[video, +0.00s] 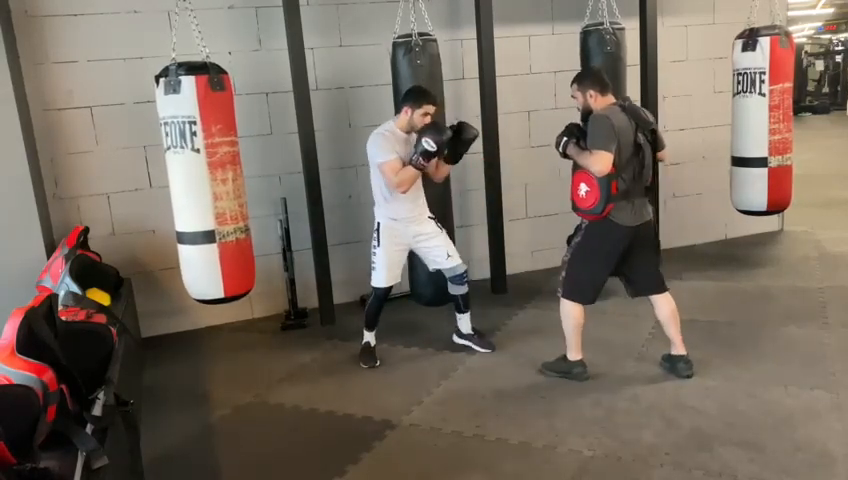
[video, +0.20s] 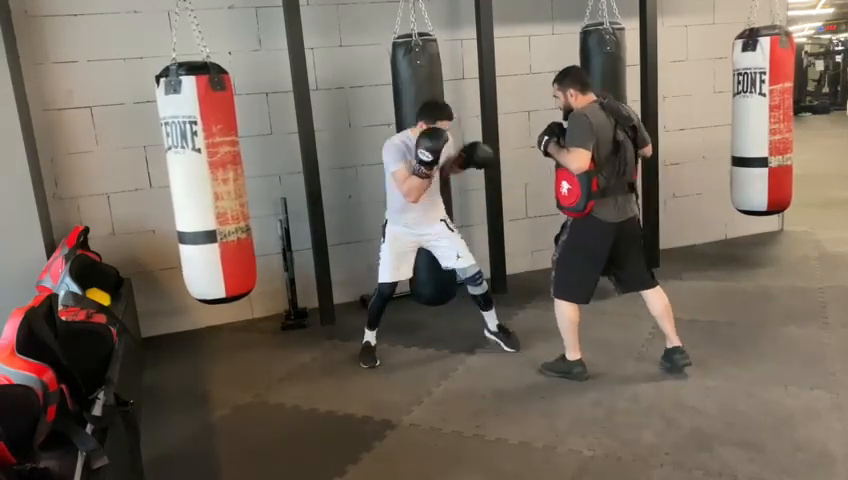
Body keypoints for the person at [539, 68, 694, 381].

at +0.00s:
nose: (576, 104)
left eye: (577, 97)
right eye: (575, 97)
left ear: (592, 94)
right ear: (605, 91)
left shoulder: (600, 119)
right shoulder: (636, 112)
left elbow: (601, 164)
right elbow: (661, 154)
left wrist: (572, 149)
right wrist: (621, 148)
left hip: (607, 225)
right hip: (642, 223)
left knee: (572, 290)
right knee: (655, 287)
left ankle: (573, 359)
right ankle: (680, 355)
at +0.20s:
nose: (559, 103)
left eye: (559, 97)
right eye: (557, 97)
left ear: (571, 93)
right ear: (586, 90)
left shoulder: (581, 118)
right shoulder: (620, 110)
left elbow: (579, 162)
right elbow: (647, 149)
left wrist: (551, 147)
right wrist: (612, 150)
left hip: (591, 223)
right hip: (626, 221)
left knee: (565, 289)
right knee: (646, 282)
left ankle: (573, 360)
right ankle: (676, 348)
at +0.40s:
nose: (546, 112)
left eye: (544, 106)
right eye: (544, 107)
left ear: (554, 101)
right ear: (573, 94)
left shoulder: (567, 123)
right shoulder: (609, 110)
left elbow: (567, 169)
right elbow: (641, 144)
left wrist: (543, 154)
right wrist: (608, 157)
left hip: (594, 222)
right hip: (628, 218)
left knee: (567, 288)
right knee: (641, 278)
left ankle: (573, 360)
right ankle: (673, 335)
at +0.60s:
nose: (560, 115)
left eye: (559, 109)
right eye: (558, 110)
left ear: (573, 103)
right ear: (587, 98)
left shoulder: (587, 126)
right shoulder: (620, 115)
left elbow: (590, 171)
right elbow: (651, 148)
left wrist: (561, 160)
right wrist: (617, 168)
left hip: (612, 225)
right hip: (644, 220)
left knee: (578, 289)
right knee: (660, 280)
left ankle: (574, 359)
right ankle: (694, 341)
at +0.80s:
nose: (592, 111)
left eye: (593, 104)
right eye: (590, 105)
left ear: (608, 99)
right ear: (617, 97)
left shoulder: (627, 123)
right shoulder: (646, 113)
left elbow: (637, 165)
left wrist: (593, 158)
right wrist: (606, 147)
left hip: (642, 224)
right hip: (668, 220)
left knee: (608, 292)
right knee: (673, 285)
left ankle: (581, 357)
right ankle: (700, 350)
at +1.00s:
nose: (607, 101)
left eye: (609, 93)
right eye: (606, 94)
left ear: (625, 89)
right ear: (634, 89)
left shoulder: (647, 111)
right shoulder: (662, 107)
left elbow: (660, 151)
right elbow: (660, 153)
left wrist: (612, 140)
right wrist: (615, 140)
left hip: (660, 214)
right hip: (682, 212)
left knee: (624, 286)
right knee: (685, 282)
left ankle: (624, 364)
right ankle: (700, 350)